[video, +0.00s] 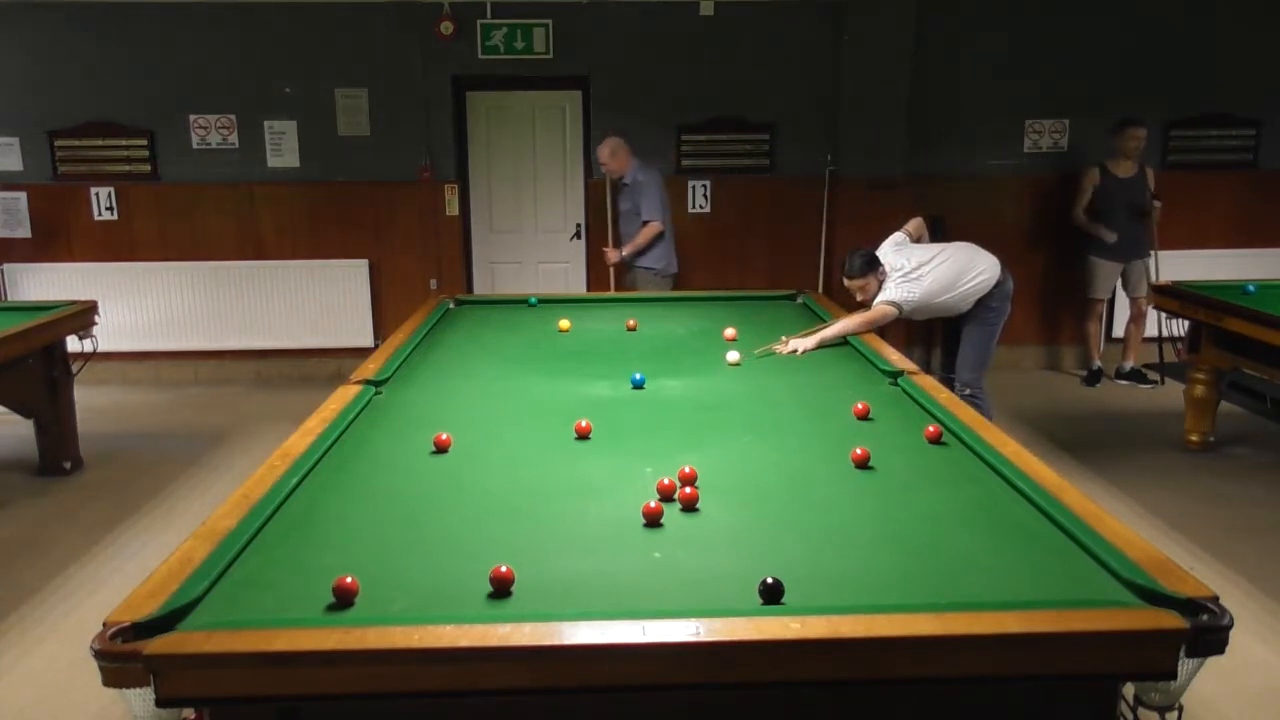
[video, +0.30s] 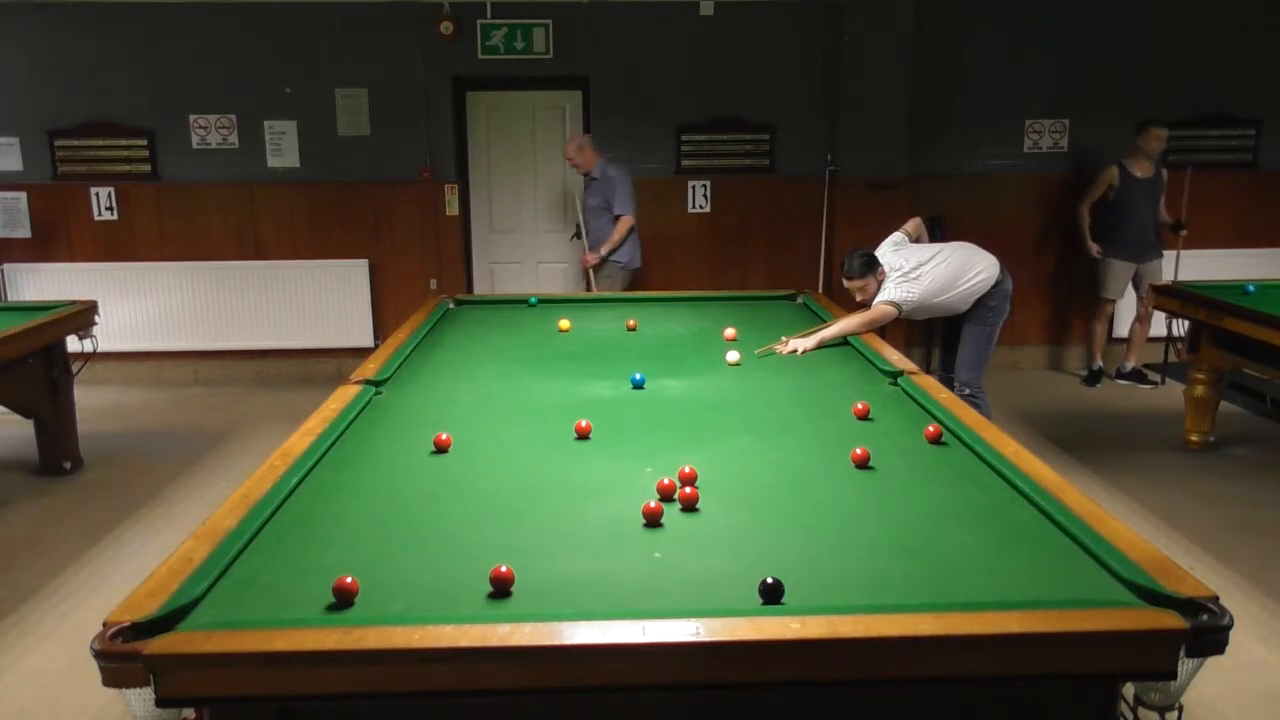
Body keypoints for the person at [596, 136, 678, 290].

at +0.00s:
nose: (603, 170)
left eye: (605, 164)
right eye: (601, 165)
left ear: (621, 156)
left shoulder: (646, 178)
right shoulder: (628, 181)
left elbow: (655, 225)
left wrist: (623, 253)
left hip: (653, 269)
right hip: (637, 266)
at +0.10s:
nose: (590, 170)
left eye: (592, 163)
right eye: (588, 165)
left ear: (607, 155)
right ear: (605, 156)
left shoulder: (634, 178)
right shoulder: (614, 183)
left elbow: (645, 223)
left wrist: (615, 253)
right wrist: (610, 251)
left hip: (639, 268)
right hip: (622, 266)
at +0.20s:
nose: (580, 166)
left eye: (581, 161)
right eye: (578, 162)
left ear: (595, 154)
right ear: (593, 155)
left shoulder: (623, 176)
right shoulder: (602, 180)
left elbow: (636, 221)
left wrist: (607, 253)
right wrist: (599, 249)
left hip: (627, 263)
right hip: (612, 262)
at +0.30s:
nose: (570, 165)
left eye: (572, 159)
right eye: (568, 160)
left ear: (585, 152)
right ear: (583, 153)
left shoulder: (614, 175)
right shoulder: (591, 178)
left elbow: (627, 219)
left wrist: (600, 253)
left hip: (617, 260)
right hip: (598, 260)